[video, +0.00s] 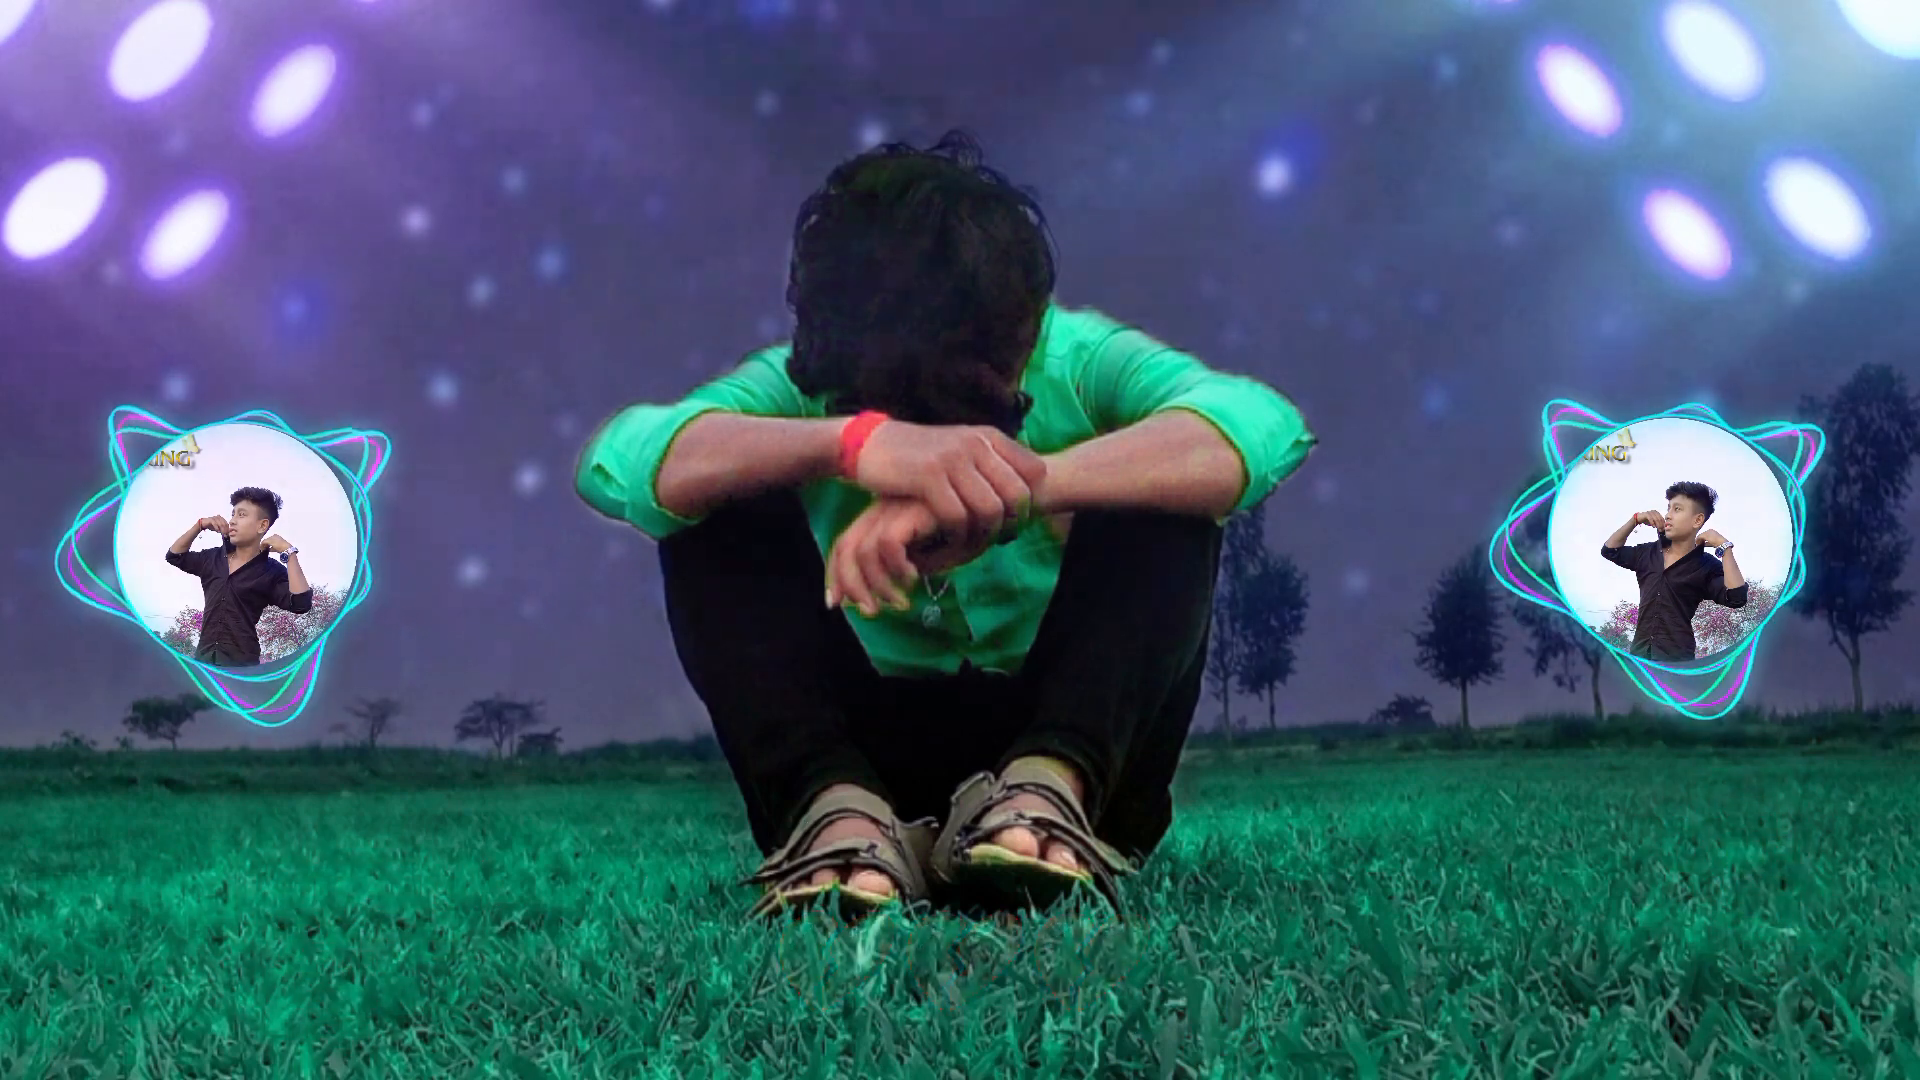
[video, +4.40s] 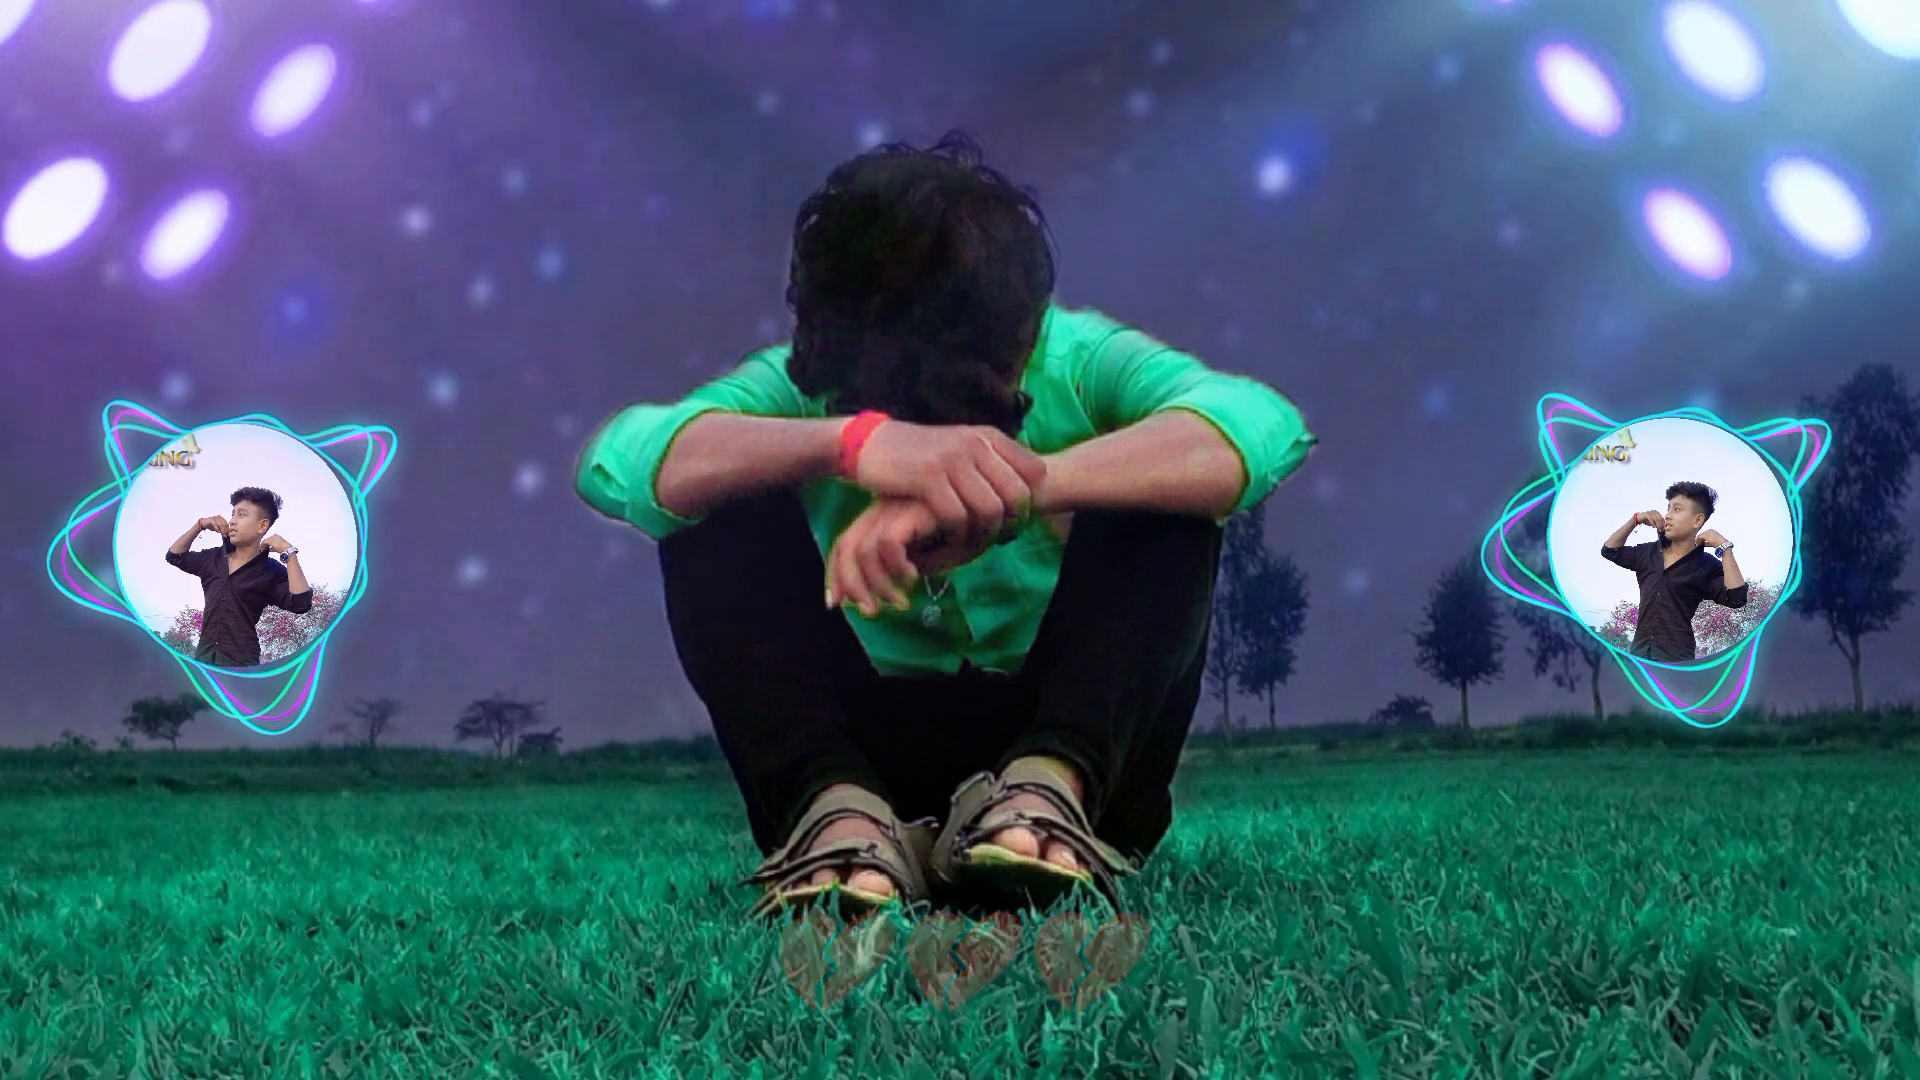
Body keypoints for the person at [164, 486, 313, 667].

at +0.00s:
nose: (232, 521)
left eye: (242, 515)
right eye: (233, 514)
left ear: (263, 525)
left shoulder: (270, 570)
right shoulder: (212, 558)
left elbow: (301, 605)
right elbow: (174, 557)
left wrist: (290, 553)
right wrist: (199, 526)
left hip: (242, 662)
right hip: (203, 658)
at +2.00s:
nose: (232, 521)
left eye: (242, 515)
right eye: (233, 515)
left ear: (263, 525)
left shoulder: (270, 570)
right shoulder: (212, 558)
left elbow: (301, 604)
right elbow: (174, 557)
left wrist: (289, 553)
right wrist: (199, 526)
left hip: (242, 665)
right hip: (203, 660)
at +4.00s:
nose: (232, 521)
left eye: (242, 515)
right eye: (233, 514)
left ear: (263, 525)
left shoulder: (270, 569)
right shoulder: (212, 558)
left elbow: (301, 605)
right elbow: (174, 556)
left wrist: (290, 553)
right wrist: (199, 526)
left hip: (242, 661)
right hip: (204, 657)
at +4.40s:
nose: (232, 521)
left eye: (242, 515)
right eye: (233, 514)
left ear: (263, 525)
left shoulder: (270, 570)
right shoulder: (212, 558)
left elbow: (301, 604)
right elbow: (174, 556)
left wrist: (289, 553)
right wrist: (199, 526)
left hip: (242, 663)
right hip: (203, 658)